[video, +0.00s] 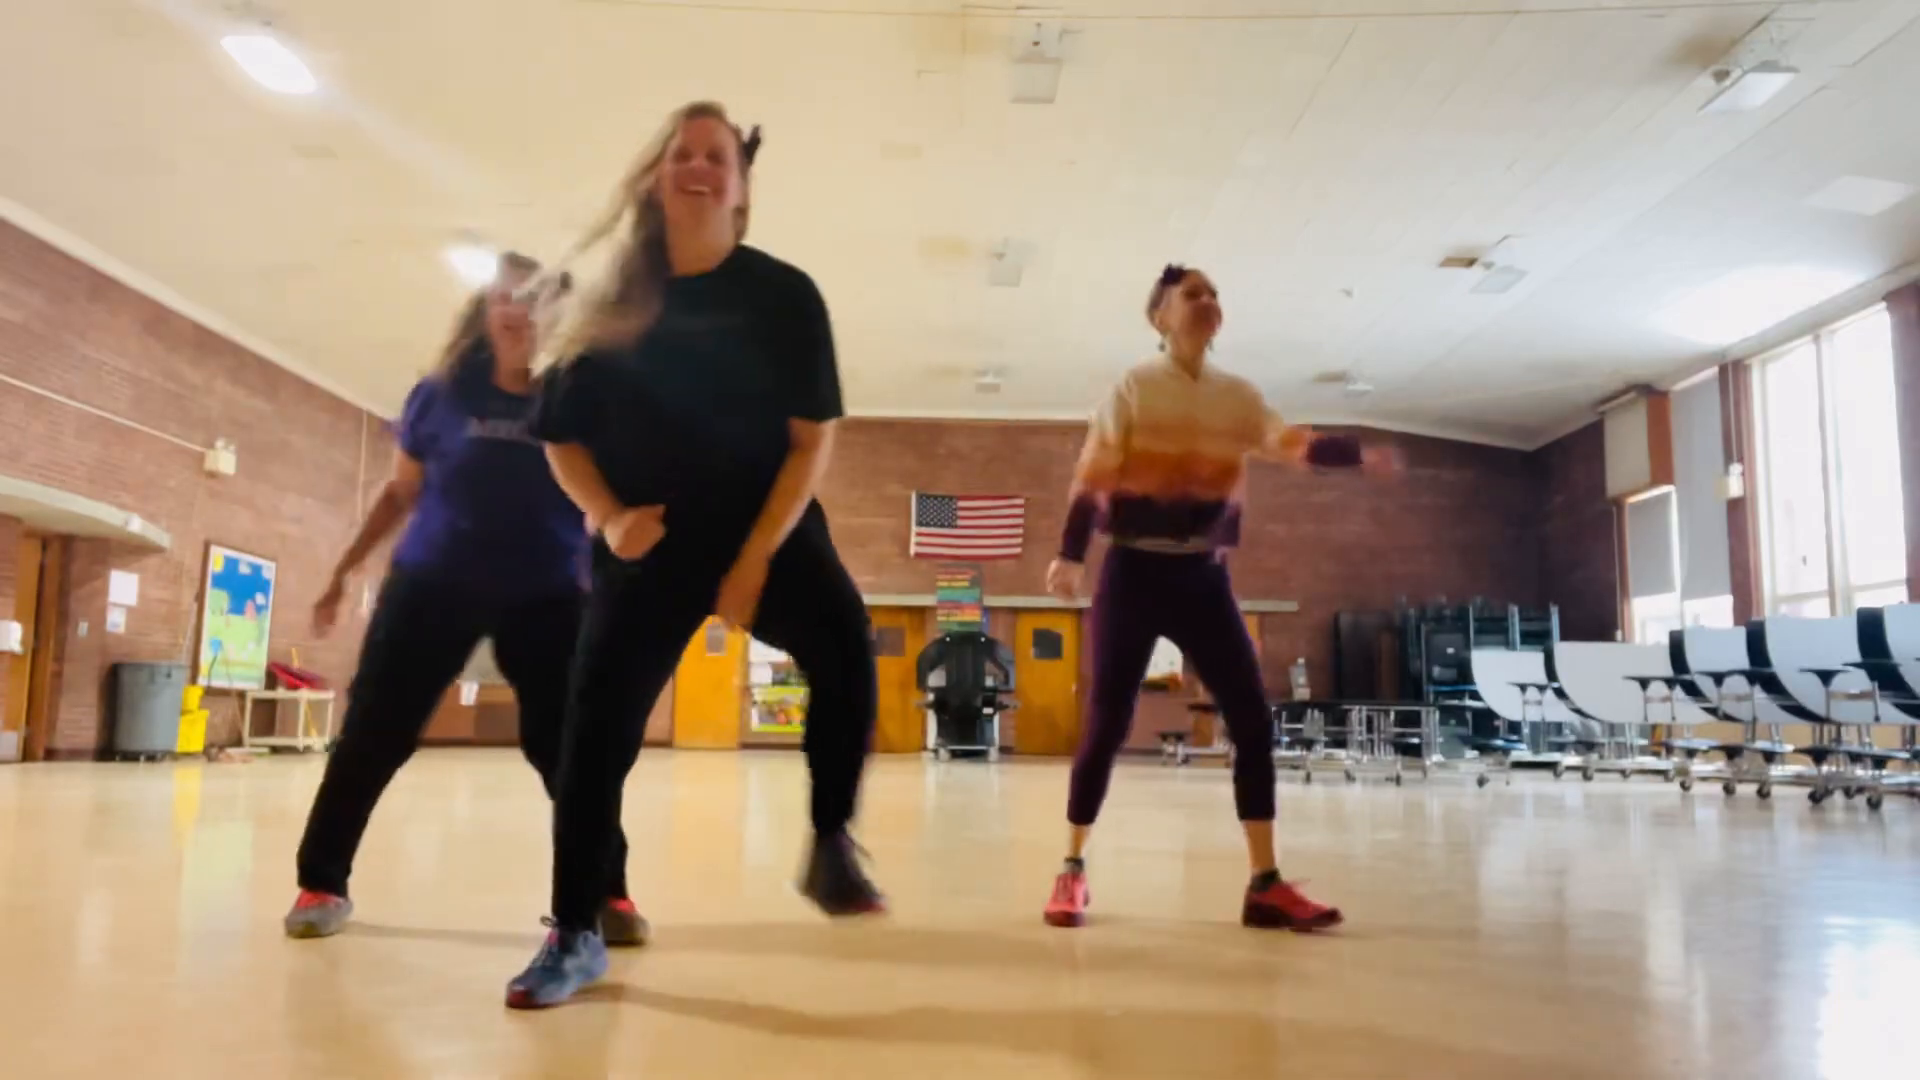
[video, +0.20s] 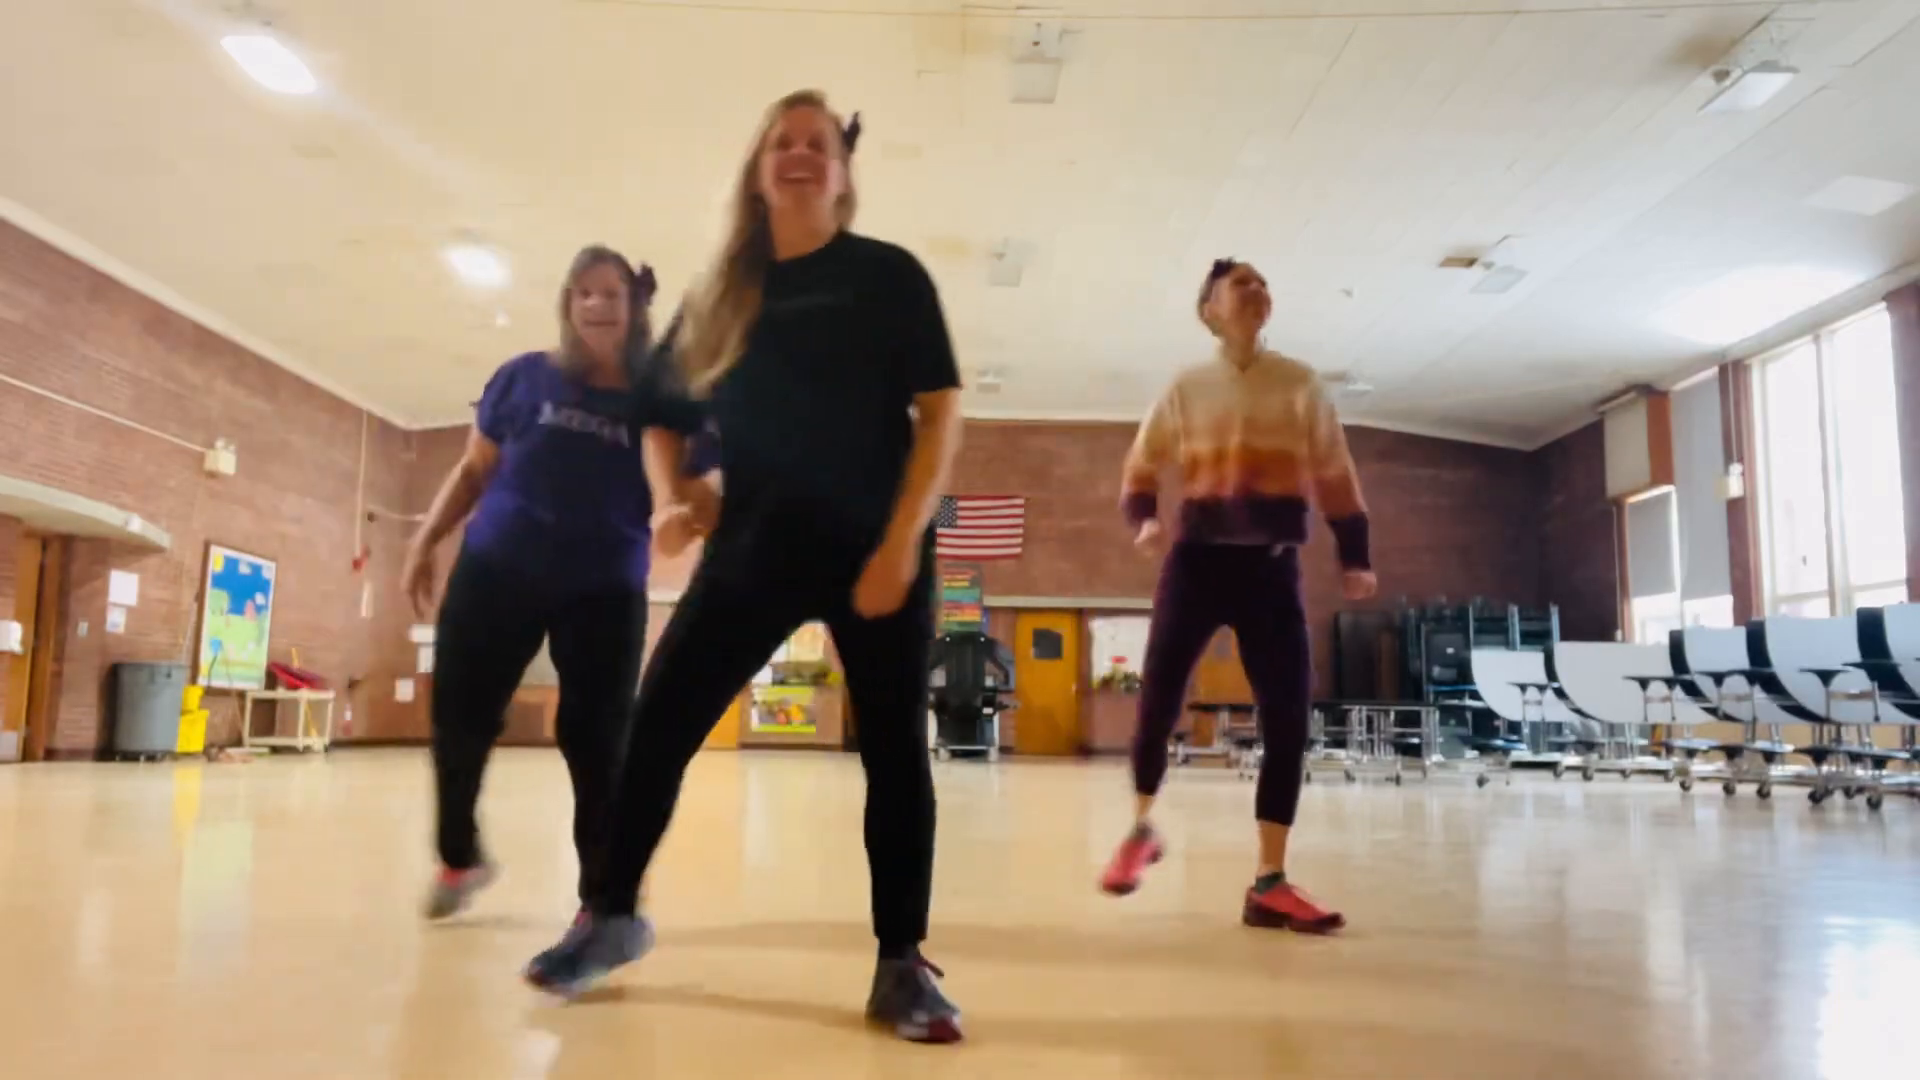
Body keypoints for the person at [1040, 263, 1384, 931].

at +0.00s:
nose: (1207, 301)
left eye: (1212, 294)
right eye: (1191, 294)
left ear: (1219, 315)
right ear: (1159, 315)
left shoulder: (1238, 398)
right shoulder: (1134, 389)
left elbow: (1292, 446)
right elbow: (1092, 478)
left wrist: (1358, 454)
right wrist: (1070, 554)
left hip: (1200, 577)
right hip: (1130, 574)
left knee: (1252, 722)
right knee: (1106, 723)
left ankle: (1264, 882)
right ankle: (1072, 869)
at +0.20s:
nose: (1255, 290)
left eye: (1260, 283)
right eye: (1239, 283)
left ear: (1269, 307)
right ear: (1209, 310)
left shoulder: (1299, 385)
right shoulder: (1184, 389)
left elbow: (1335, 474)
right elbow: (1142, 468)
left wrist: (1357, 557)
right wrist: (1142, 516)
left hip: (1271, 572)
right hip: (1195, 567)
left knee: (1288, 726)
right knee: (1157, 701)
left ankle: (1269, 881)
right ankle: (1140, 828)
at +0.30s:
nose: (1280, 288)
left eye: (1285, 282)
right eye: (1263, 282)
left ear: (1295, 306)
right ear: (1233, 309)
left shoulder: (1326, 380)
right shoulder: (1208, 387)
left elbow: (1364, 461)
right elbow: (1165, 453)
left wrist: (1365, 538)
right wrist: (1171, 491)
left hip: (1297, 568)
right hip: (1221, 563)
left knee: (1297, 721)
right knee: (1189, 708)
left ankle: (1272, 880)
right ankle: (1230, 794)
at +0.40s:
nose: (1304, 291)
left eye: (1309, 285)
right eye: (1287, 285)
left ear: (1317, 310)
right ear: (1257, 312)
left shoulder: (1346, 383)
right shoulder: (1230, 389)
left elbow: (1383, 456)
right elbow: (1190, 459)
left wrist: (1379, 523)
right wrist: (1206, 487)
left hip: (1319, 563)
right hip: (1244, 564)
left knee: (1312, 716)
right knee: (1236, 725)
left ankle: (1272, 878)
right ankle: (1312, 803)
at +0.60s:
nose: (1333, 320)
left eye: (1341, 313)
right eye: (1319, 311)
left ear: (1351, 332)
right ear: (1292, 330)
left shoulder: (1377, 409)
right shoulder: (1260, 417)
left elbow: (1415, 489)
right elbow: (1233, 506)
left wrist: (1435, 551)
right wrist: (1255, 557)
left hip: (1362, 581)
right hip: (1291, 584)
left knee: (1397, 708)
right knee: (1317, 732)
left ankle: (1337, 851)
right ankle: (1350, 870)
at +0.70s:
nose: (1351, 311)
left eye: (1359, 304)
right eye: (1337, 303)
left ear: (1369, 323)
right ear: (1312, 321)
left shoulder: (1394, 398)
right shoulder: (1281, 406)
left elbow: (1447, 453)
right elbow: (1245, 494)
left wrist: (1470, 492)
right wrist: (1268, 547)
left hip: (1380, 569)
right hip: (1308, 573)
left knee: (1438, 687)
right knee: (1326, 727)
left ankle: (1402, 836)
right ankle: (1353, 872)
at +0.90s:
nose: (1397, 307)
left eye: (1406, 300)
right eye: (1385, 298)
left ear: (1418, 320)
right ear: (1361, 316)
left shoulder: (1446, 394)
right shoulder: (1330, 394)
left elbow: (1539, 425)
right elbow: (1294, 478)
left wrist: (1527, 424)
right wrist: (1319, 520)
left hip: (1429, 569)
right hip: (1354, 574)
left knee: (1481, 715)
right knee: (1358, 728)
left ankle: (1505, 861)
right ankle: (1356, 876)